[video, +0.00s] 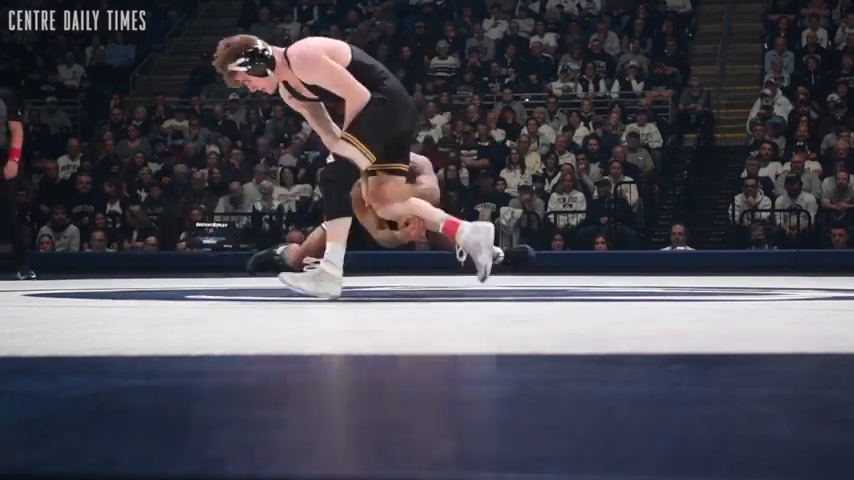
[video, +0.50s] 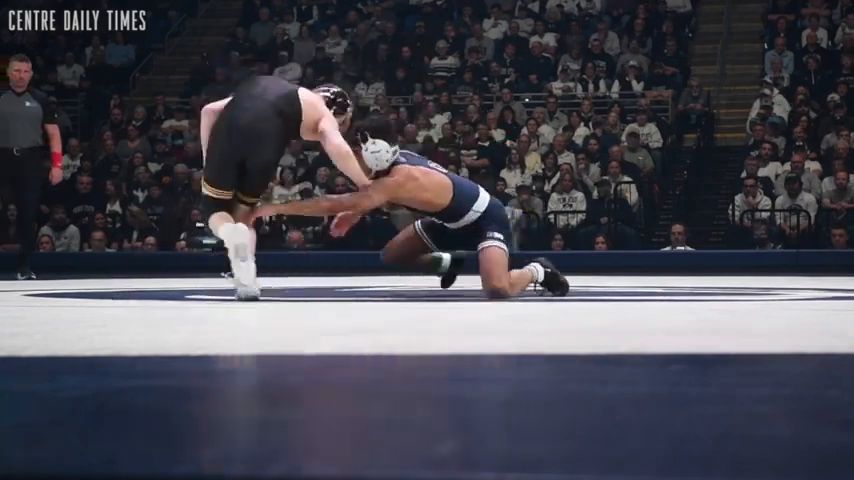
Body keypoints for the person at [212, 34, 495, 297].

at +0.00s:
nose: (252, 89)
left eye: (247, 81)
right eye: (245, 86)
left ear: (260, 61)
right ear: (252, 72)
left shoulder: (304, 57)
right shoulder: (288, 91)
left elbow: (360, 96)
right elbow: (326, 131)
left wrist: (343, 140)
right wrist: (348, 158)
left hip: (386, 106)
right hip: (386, 111)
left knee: (334, 175)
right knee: (388, 200)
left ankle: (329, 274)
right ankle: (467, 234)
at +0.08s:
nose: (238, 99)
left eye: (232, 92)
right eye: (231, 95)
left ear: (241, 77)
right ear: (247, 69)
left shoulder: (270, 75)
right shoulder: (276, 71)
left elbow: (316, 120)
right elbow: (320, 119)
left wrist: (305, 155)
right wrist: (308, 155)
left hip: (361, 123)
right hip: (370, 122)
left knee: (303, 193)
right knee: (338, 216)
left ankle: (324, 280)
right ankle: (420, 199)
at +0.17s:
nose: (254, 109)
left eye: (237, 95)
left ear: (241, 79)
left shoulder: (247, 76)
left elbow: (248, 111)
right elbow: (354, 158)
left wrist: (258, 169)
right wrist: (376, 207)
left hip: (331, 122)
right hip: (353, 123)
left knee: (284, 202)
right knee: (307, 206)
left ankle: (321, 280)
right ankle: (362, 240)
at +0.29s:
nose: (244, 89)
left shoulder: (251, 70)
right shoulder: (327, 104)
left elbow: (218, 68)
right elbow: (370, 146)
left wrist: (218, 111)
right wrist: (370, 197)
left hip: (284, 111)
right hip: (321, 125)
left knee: (254, 199)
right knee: (287, 198)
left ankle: (310, 269)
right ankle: (321, 248)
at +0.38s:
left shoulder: (251, 73)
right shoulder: (324, 105)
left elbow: (219, 58)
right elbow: (366, 147)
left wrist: (208, 101)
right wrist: (387, 192)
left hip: (259, 105)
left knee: (237, 202)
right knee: (274, 197)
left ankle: (280, 266)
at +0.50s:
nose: (337, 129)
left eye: (342, 124)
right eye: (340, 122)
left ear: (319, 95)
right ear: (335, 111)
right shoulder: (325, 114)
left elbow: (208, 111)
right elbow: (336, 147)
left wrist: (209, 162)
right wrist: (365, 184)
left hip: (229, 128)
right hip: (265, 135)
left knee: (215, 208)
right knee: (244, 211)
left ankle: (231, 234)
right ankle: (245, 280)